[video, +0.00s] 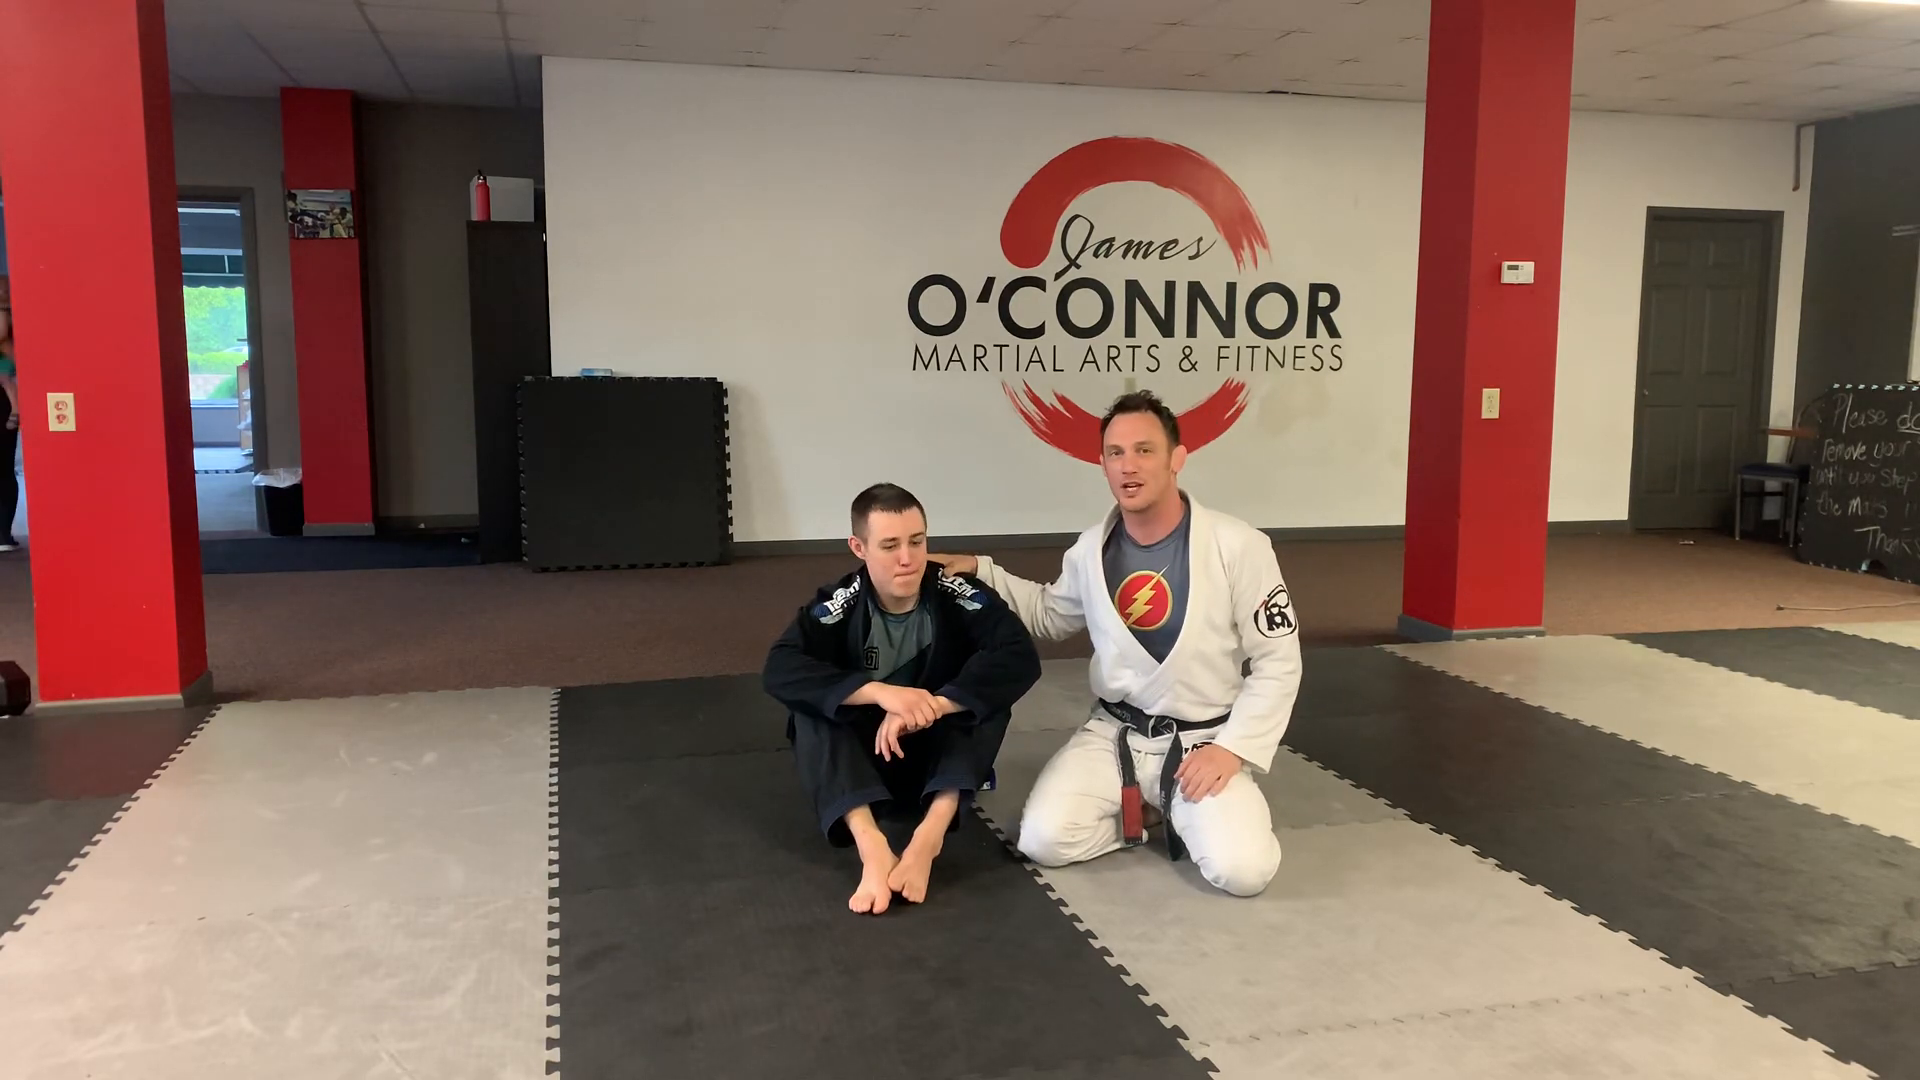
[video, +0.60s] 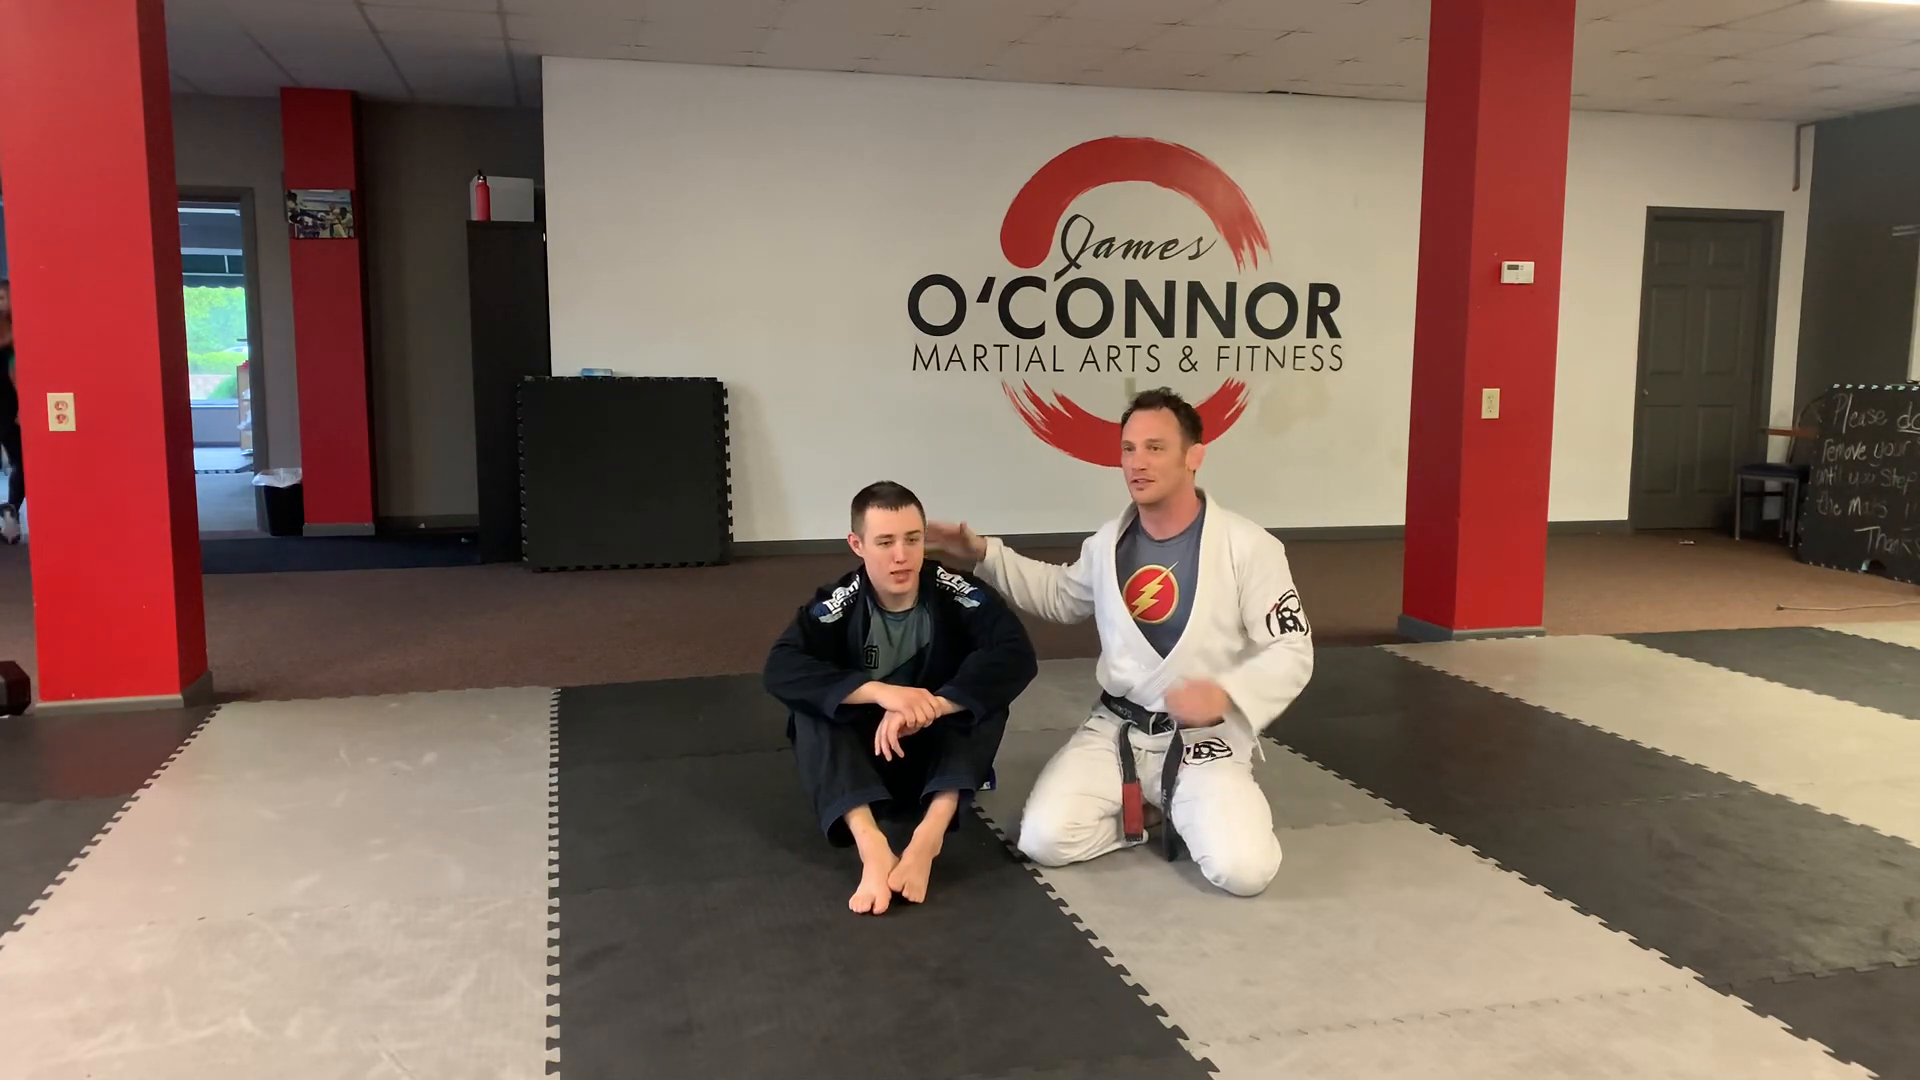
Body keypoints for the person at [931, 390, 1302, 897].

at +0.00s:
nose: (1127, 467)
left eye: (1144, 450)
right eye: (1115, 453)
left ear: (1176, 460)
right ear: (1102, 464)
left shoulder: (1239, 548)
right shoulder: (1089, 552)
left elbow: (1278, 661)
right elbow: (1050, 616)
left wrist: (1230, 749)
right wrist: (979, 568)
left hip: (1207, 739)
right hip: (1114, 732)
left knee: (1245, 871)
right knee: (1044, 841)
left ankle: (1186, 804)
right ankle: (1152, 810)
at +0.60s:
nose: (1137, 463)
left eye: (1154, 447)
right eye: (1129, 449)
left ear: (1194, 457)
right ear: (1119, 457)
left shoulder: (1248, 548)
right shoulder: (1107, 544)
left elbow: (1292, 651)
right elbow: (1063, 597)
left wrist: (1227, 692)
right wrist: (980, 553)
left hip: (1207, 736)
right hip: (1115, 728)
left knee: (1246, 870)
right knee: (1045, 840)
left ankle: (1190, 800)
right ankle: (1149, 807)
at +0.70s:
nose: (1134, 464)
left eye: (1150, 449)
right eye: (1129, 451)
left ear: (1196, 458)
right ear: (1124, 458)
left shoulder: (1251, 547)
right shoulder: (1114, 540)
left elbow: (1291, 658)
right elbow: (1063, 593)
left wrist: (1210, 621)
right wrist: (989, 540)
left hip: (1208, 736)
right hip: (1116, 726)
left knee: (1246, 871)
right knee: (1045, 841)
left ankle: (1193, 800)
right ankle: (1153, 811)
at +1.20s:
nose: (1218, 474)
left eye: (1235, 459)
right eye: (1205, 458)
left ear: (1266, 466)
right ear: (1190, 464)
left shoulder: (1308, 550)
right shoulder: (1158, 539)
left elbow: (1314, 651)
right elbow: (1090, 592)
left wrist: (1262, 556)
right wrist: (993, 572)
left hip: (1241, 741)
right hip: (1144, 726)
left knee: (1268, 861)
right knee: (1055, 844)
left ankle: (1205, 800)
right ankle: (1159, 805)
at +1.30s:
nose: (1236, 474)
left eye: (1253, 459)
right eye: (1223, 459)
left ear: (1280, 470)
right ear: (1204, 467)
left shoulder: (1319, 559)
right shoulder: (1168, 541)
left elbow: (1328, 671)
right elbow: (1118, 608)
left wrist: (1279, 574)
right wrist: (1032, 586)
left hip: (1247, 740)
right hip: (1150, 724)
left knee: (1257, 860)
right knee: (1072, 845)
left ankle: (1209, 799)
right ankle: (1161, 807)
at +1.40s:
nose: (1243, 477)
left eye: (1261, 464)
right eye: (1230, 462)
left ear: (1287, 479)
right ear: (1210, 475)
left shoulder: (1326, 574)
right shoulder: (1172, 549)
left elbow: (1345, 696)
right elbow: (1131, 620)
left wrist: (1284, 631)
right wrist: (1081, 631)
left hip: (1250, 743)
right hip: (1160, 723)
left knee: (1248, 866)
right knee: (1107, 848)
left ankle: (1213, 796)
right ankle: (1174, 798)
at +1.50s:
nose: (1247, 489)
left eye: (1266, 473)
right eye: (1233, 472)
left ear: (1293, 487)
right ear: (1214, 483)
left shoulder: (1335, 581)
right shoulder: (1174, 562)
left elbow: (1353, 694)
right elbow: (1120, 637)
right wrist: (1083, 682)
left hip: (1264, 744)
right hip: (1171, 726)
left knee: (1256, 869)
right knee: (1135, 855)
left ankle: (1220, 800)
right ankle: (1183, 798)